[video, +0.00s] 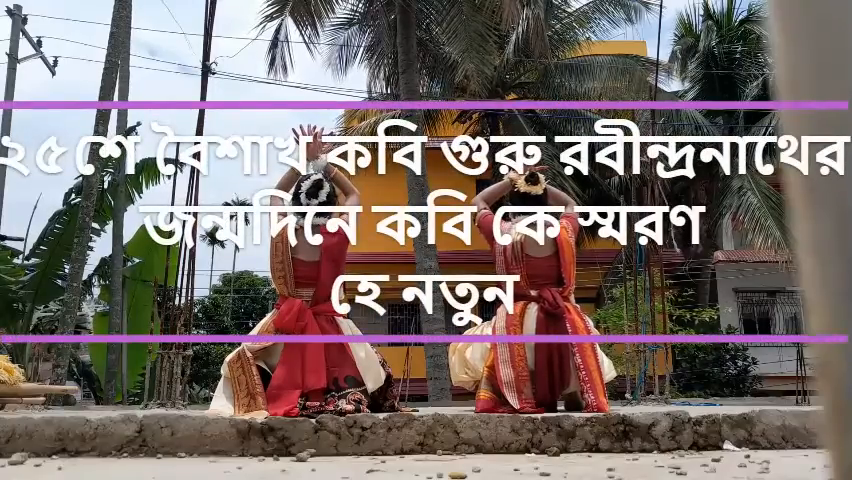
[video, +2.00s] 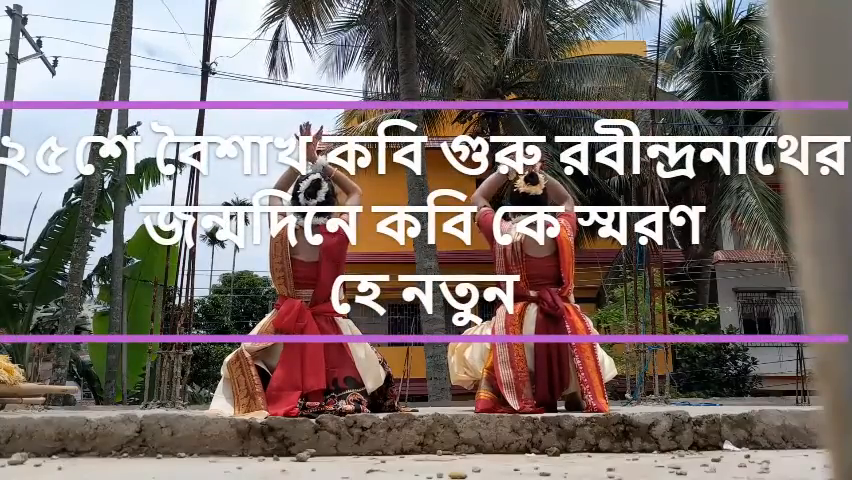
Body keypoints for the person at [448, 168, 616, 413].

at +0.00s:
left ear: (512, 210)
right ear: (545, 207)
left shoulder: (503, 233)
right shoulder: (563, 232)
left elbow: (480, 201)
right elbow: (569, 204)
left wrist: (509, 182)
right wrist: (542, 187)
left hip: (518, 317)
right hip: (561, 316)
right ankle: (573, 392)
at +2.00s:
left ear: (510, 206)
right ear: (544, 204)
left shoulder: (502, 233)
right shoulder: (562, 231)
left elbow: (479, 197)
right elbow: (566, 200)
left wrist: (505, 171)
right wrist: (540, 176)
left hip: (517, 320)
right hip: (562, 319)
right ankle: (575, 395)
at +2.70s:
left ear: (514, 207)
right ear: (546, 207)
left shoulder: (501, 233)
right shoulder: (564, 232)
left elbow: (462, 219)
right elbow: (595, 209)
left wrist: (467, 184)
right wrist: (568, 180)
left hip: (514, 316)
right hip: (559, 315)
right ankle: (579, 397)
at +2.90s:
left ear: (510, 207)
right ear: (544, 207)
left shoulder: (495, 236)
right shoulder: (566, 234)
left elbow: (446, 222)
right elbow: (605, 221)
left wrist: (447, 192)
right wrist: (593, 192)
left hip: (512, 325)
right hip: (561, 323)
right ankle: (575, 394)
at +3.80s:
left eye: (515, 204)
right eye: (537, 202)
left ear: (511, 209)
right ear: (547, 207)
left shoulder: (494, 240)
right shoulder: (569, 238)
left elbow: (442, 252)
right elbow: (619, 245)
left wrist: (426, 226)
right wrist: (616, 216)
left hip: (512, 328)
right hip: (563, 326)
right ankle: (578, 395)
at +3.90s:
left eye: (522, 201)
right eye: (536, 201)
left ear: (511, 206)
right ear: (547, 205)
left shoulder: (493, 240)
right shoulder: (570, 240)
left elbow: (452, 260)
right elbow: (620, 253)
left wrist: (423, 239)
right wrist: (624, 227)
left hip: (511, 330)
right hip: (565, 327)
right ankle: (578, 400)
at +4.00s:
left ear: (512, 207)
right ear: (548, 207)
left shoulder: (495, 241)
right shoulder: (571, 240)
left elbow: (449, 265)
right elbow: (617, 260)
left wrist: (419, 244)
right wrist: (633, 239)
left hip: (513, 330)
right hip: (565, 328)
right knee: (578, 403)